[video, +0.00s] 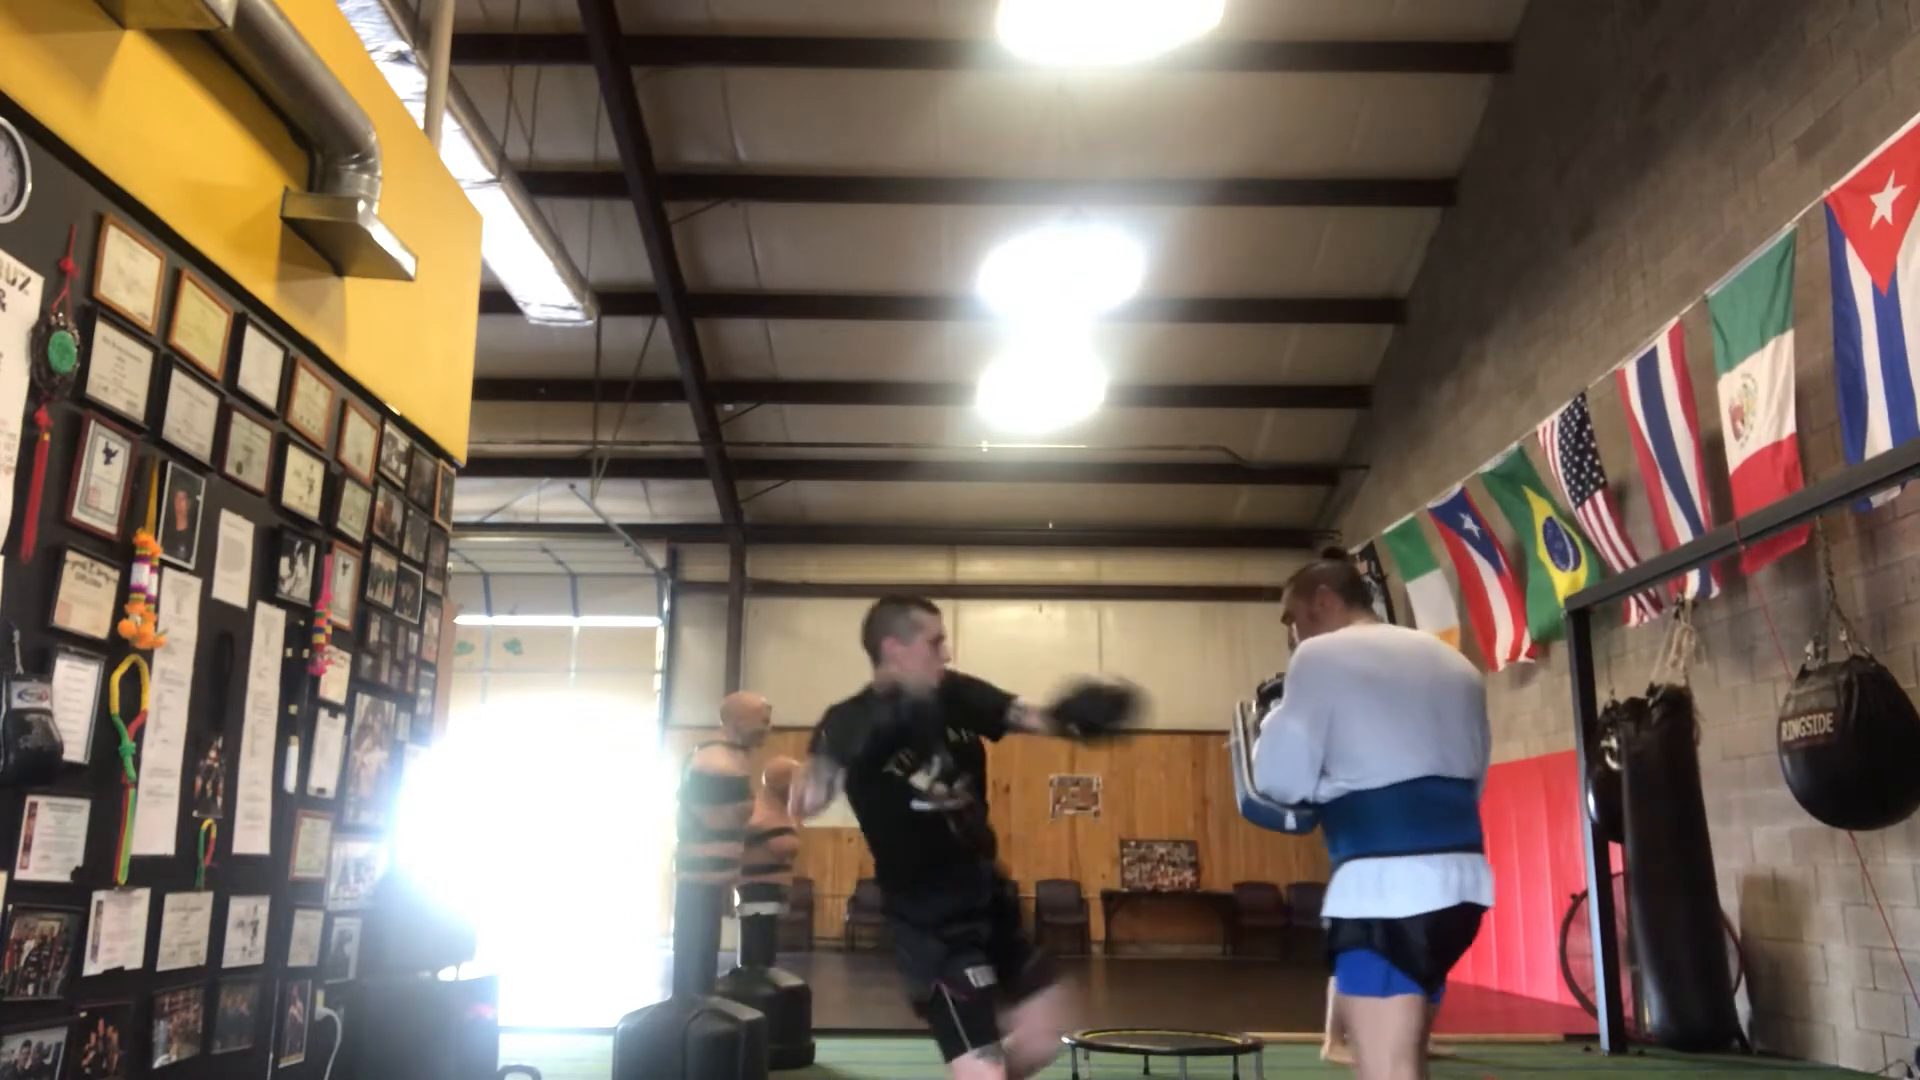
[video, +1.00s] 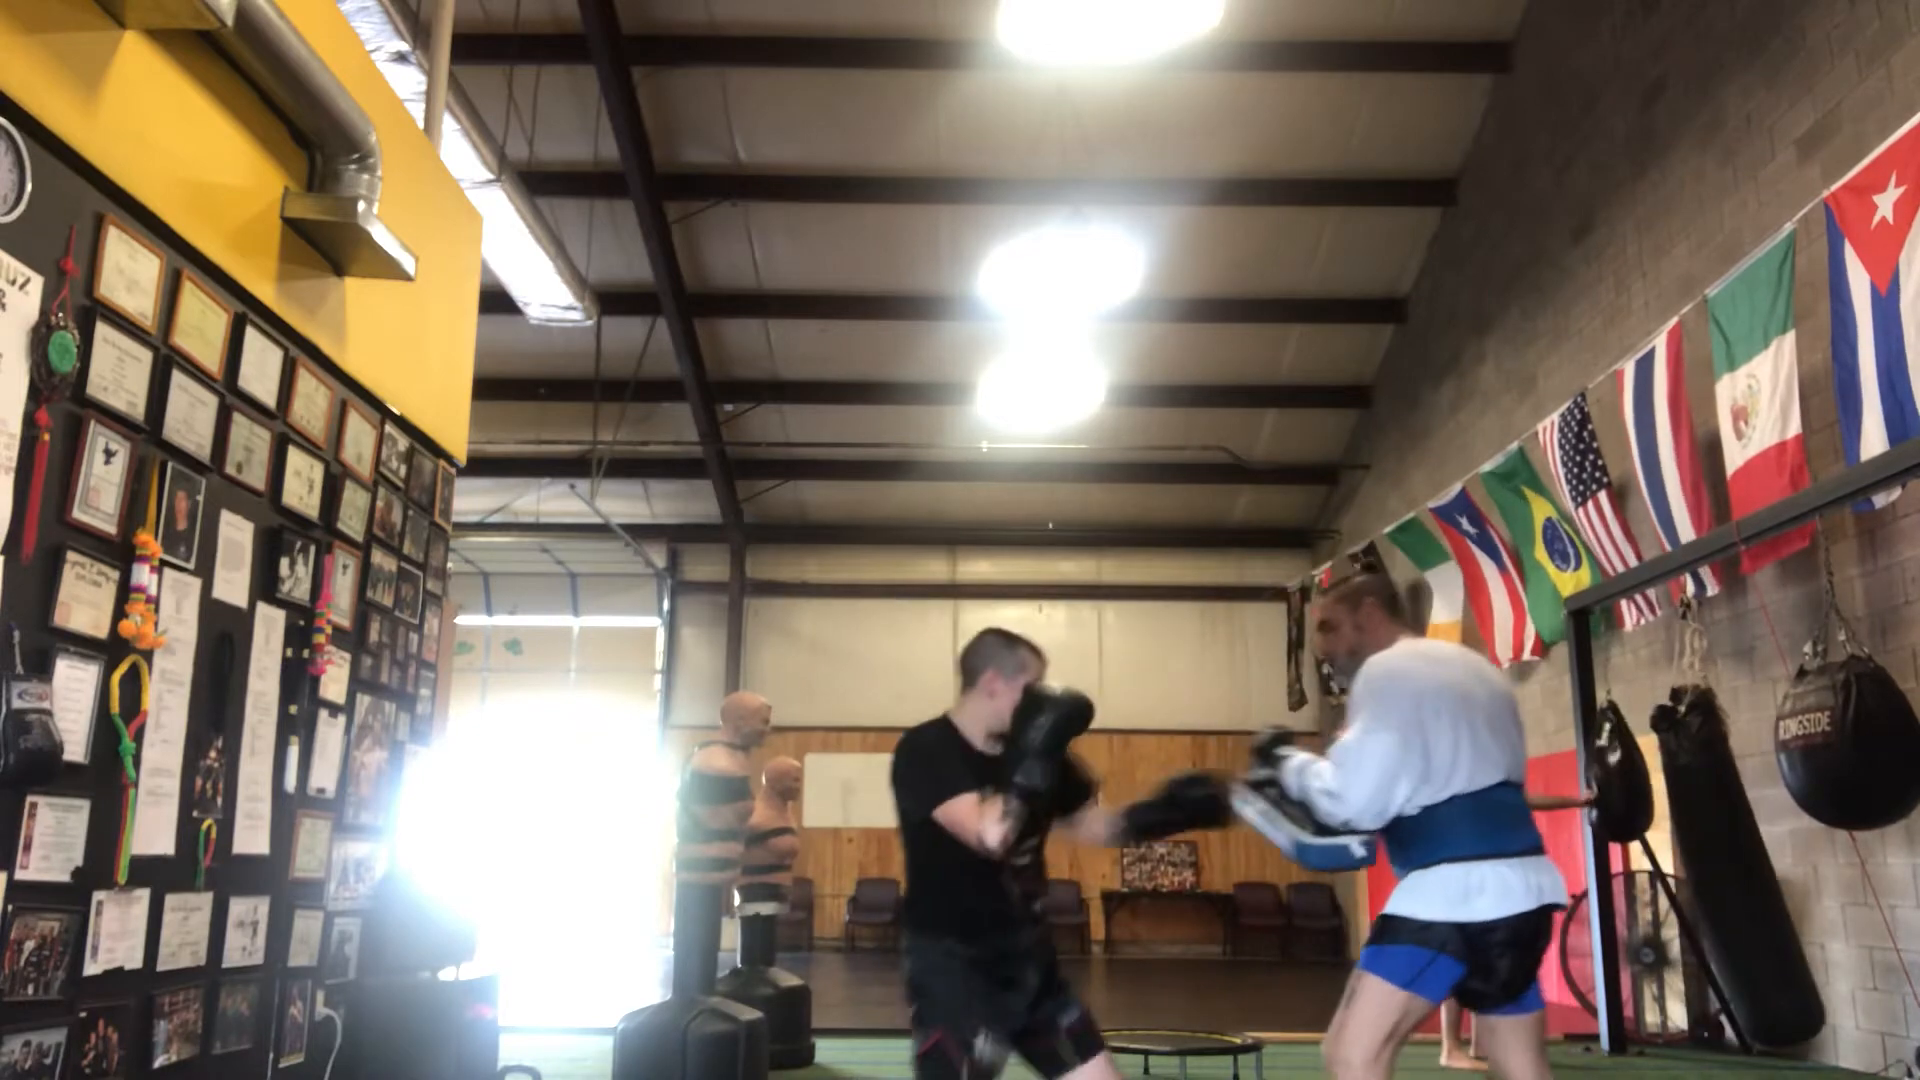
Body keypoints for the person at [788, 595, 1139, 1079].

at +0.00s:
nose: (945, 653)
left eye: (943, 641)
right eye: (933, 643)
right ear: (891, 649)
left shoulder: (956, 694)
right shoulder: (852, 720)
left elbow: (1029, 717)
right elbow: (804, 806)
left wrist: (1075, 716)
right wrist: (872, 724)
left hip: (987, 897)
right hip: (925, 916)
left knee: (1046, 1033)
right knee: (980, 1067)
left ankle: (985, 1071)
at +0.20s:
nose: (951, 664)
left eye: (951, 651)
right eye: (942, 652)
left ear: (905, 653)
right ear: (900, 653)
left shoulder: (942, 705)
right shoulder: (854, 745)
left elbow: (1005, 756)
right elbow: (915, 821)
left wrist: (1079, 731)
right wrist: (945, 742)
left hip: (1035, 819)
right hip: (989, 898)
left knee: (1185, 768)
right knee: (1020, 1059)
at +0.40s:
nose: (991, 651)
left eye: (990, 640)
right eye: (982, 640)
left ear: (947, 644)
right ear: (943, 643)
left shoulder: (959, 700)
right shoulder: (905, 720)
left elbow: (1010, 762)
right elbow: (1006, 772)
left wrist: (1032, 684)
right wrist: (1029, 684)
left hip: (1038, 853)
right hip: (986, 905)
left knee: (1184, 872)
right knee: (1020, 1066)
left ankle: (1256, 959)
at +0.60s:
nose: (1040, 644)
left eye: (1039, 633)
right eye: (1031, 633)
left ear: (997, 639)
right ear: (995, 638)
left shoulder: (1002, 706)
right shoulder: (955, 709)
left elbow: (1047, 778)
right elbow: (1049, 775)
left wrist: (1069, 698)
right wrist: (1070, 695)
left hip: (1042, 909)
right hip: (986, 920)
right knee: (1016, 1070)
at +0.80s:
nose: (1069, 657)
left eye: (1071, 647)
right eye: (1062, 645)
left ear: (1032, 646)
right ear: (1026, 644)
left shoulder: (1051, 711)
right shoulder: (963, 696)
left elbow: (1114, 783)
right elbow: (1028, 773)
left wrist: (1172, 736)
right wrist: (1065, 700)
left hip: (1040, 910)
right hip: (970, 911)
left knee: (1082, 1070)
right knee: (1000, 1070)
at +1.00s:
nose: (1037, 698)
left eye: (1038, 686)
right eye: (1030, 685)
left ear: (997, 685)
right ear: (992, 683)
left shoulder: (1025, 753)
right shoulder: (923, 750)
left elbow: (1093, 827)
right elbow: (992, 834)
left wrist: (1169, 812)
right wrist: (1038, 752)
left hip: (1024, 959)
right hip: (952, 968)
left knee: (1097, 1072)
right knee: (953, 1072)